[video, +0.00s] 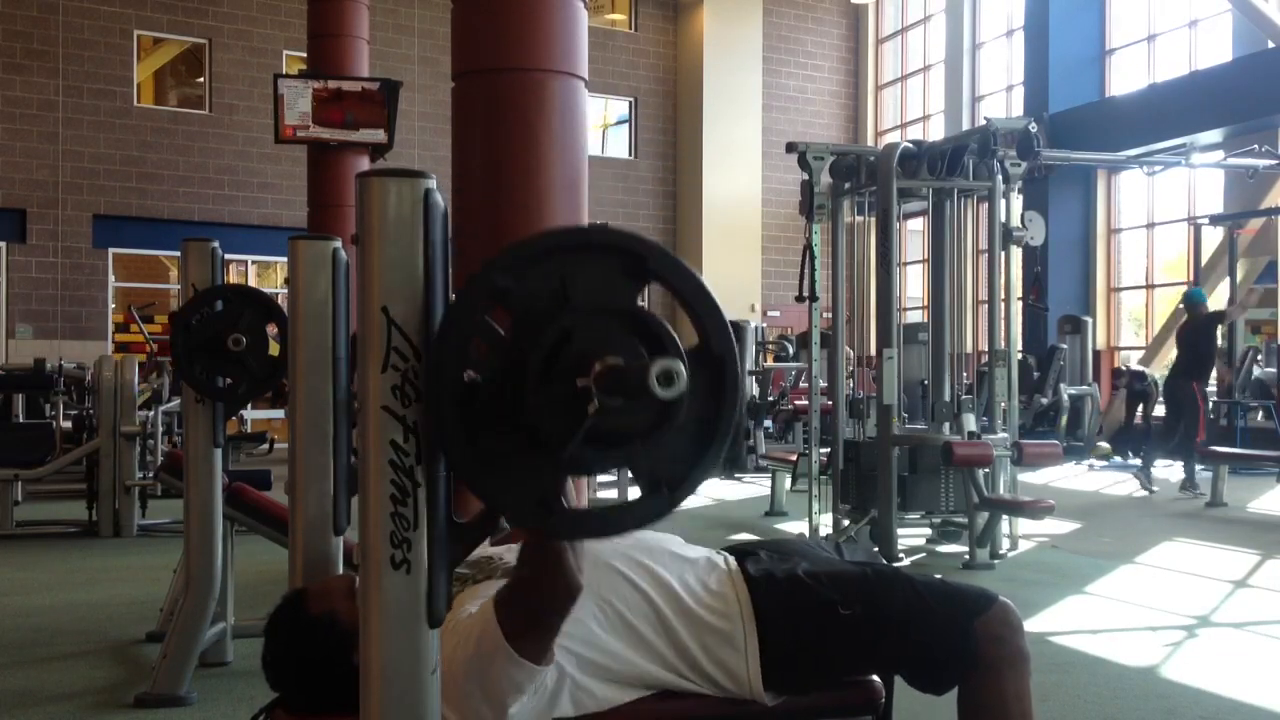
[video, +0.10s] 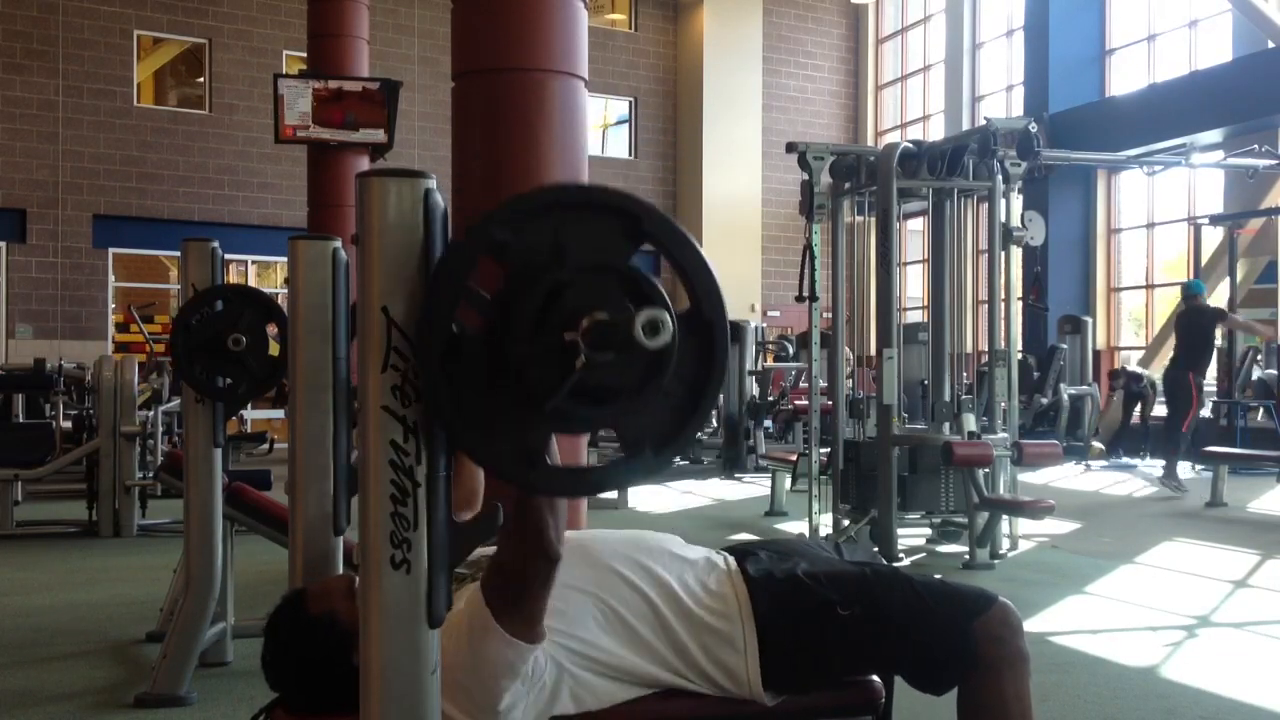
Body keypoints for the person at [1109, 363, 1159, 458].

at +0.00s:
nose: (1118, 385)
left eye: (1119, 382)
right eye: (1116, 383)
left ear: (1124, 377)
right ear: (1114, 380)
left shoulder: (1141, 375)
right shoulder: (1118, 381)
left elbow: (1153, 393)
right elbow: (1112, 401)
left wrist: (1149, 412)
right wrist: (1103, 421)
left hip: (1147, 391)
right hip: (1133, 391)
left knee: (1146, 419)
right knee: (1128, 420)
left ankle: (1147, 448)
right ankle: (1125, 448)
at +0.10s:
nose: (1115, 386)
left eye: (1116, 383)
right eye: (1113, 383)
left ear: (1122, 379)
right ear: (1111, 381)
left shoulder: (1138, 377)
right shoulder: (1114, 381)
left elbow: (1150, 395)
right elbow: (1109, 403)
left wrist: (1147, 412)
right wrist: (1098, 424)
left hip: (1146, 391)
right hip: (1130, 392)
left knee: (1144, 420)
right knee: (1125, 421)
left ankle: (1145, 451)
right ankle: (1114, 448)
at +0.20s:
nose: (1112, 391)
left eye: (1113, 388)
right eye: (1110, 389)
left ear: (1117, 382)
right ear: (1108, 385)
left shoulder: (1132, 379)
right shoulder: (1110, 385)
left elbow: (1144, 400)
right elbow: (1105, 405)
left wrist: (1141, 422)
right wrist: (1094, 426)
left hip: (1144, 388)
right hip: (1127, 390)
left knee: (1142, 421)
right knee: (1121, 421)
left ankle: (1143, 450)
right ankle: (1112, 449)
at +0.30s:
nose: (1109, 396)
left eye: (1109, 393)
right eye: (1107, 395)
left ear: (1113, 387)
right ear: (1103, 391)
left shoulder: (1128, 384)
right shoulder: (1106, 390)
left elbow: (1138, 404)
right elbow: (1100, 406)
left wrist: (1136, 423)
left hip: (1140, 389)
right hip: (1122, 392)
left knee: (1139, 421)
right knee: (1117, 422)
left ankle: (1143, 450)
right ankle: (1109, 449)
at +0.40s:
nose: (1103, 402)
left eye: (1103, 399)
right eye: (1101, 400)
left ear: (1107, 393)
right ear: (1098, 396)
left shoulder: (1121, 389)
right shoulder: (1098, 392)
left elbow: (1131, 413)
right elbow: (1093, 409)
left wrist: (1128, 433)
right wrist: (1086, 428)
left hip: (1136, 388)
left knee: (1136, 421)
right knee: (1112, 422)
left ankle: (1143, 449)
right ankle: (1109, 450)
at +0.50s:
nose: (1099, 408)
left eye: (1099, 405)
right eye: (1095, 407)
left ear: (1103, 398)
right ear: (1092, 401)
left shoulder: (1116, 395)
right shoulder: (1092, 396)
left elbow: (1123, 423)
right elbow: (1086, 419)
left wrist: (1120, 444)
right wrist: (1085, 441)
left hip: (1131, 389)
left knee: (1132, 422)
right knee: (1108, 425)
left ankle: (1144, 450)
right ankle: (1108, 450)